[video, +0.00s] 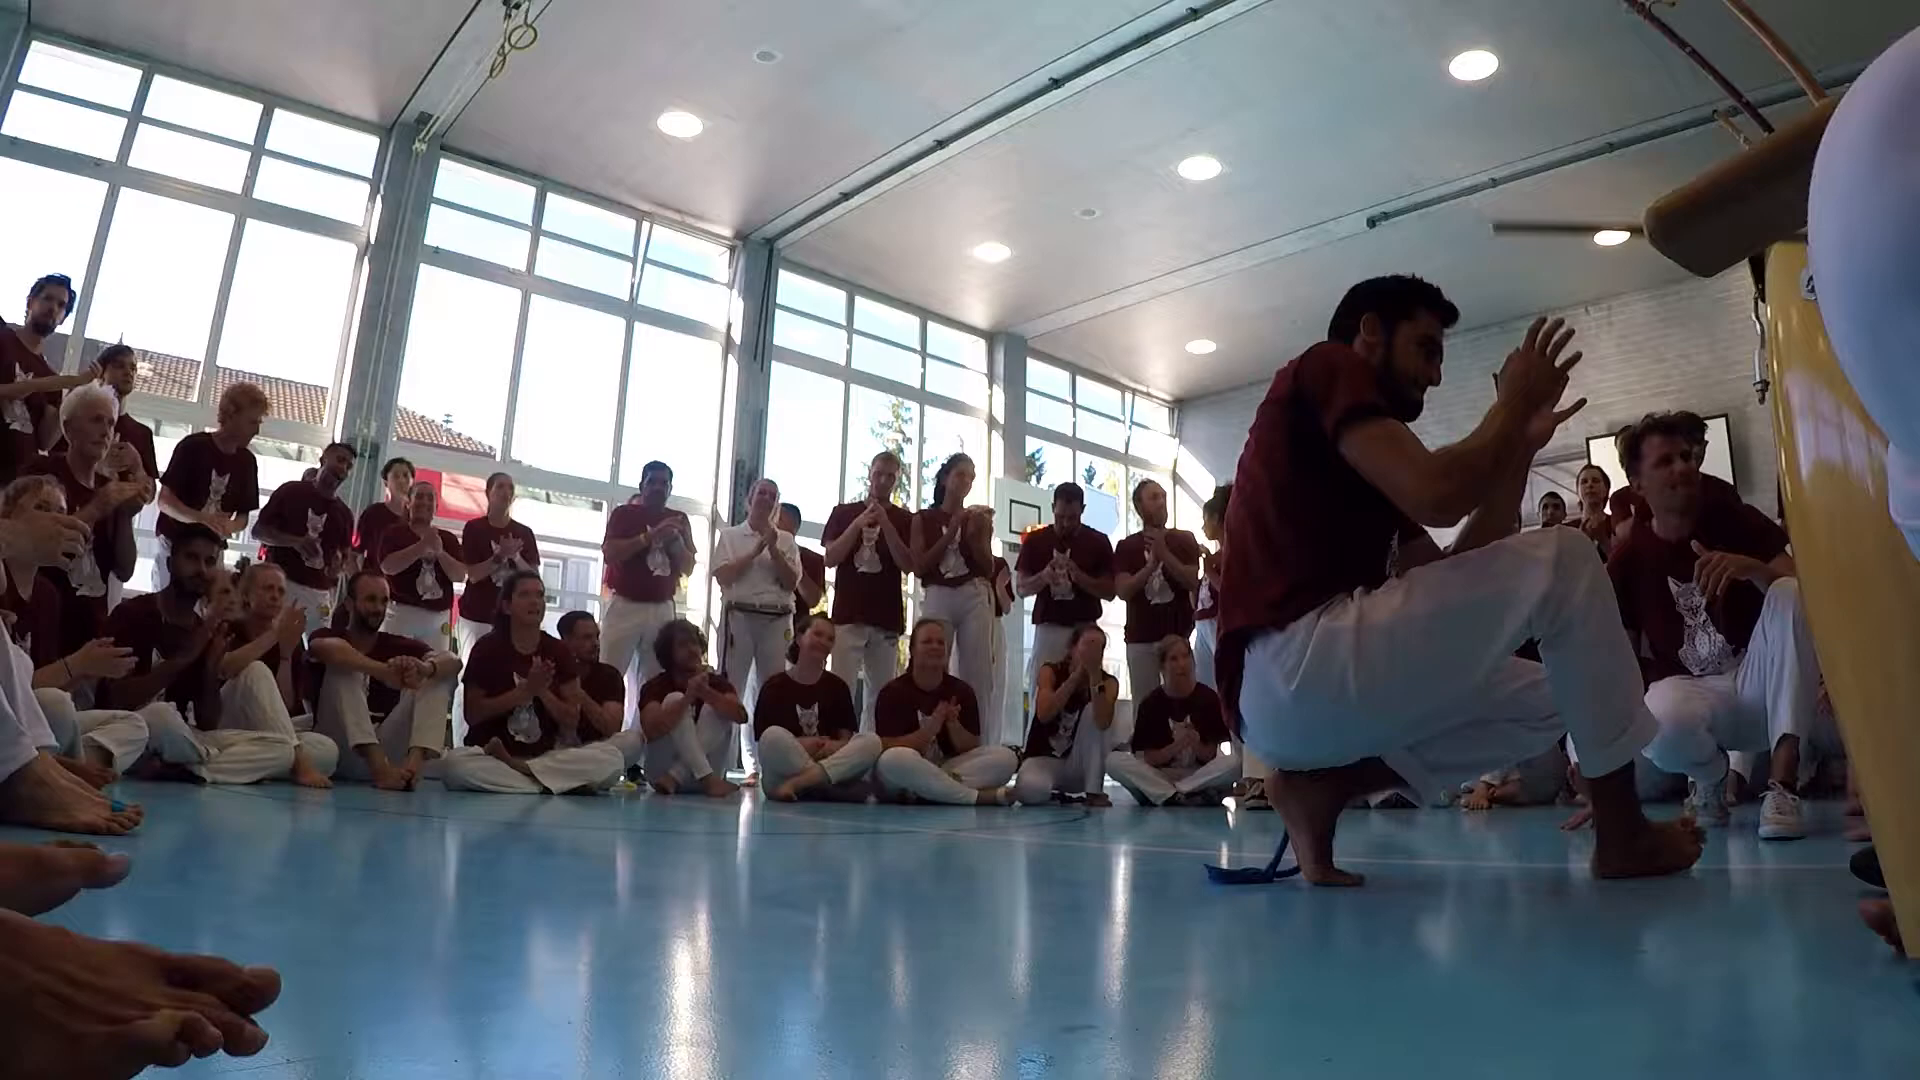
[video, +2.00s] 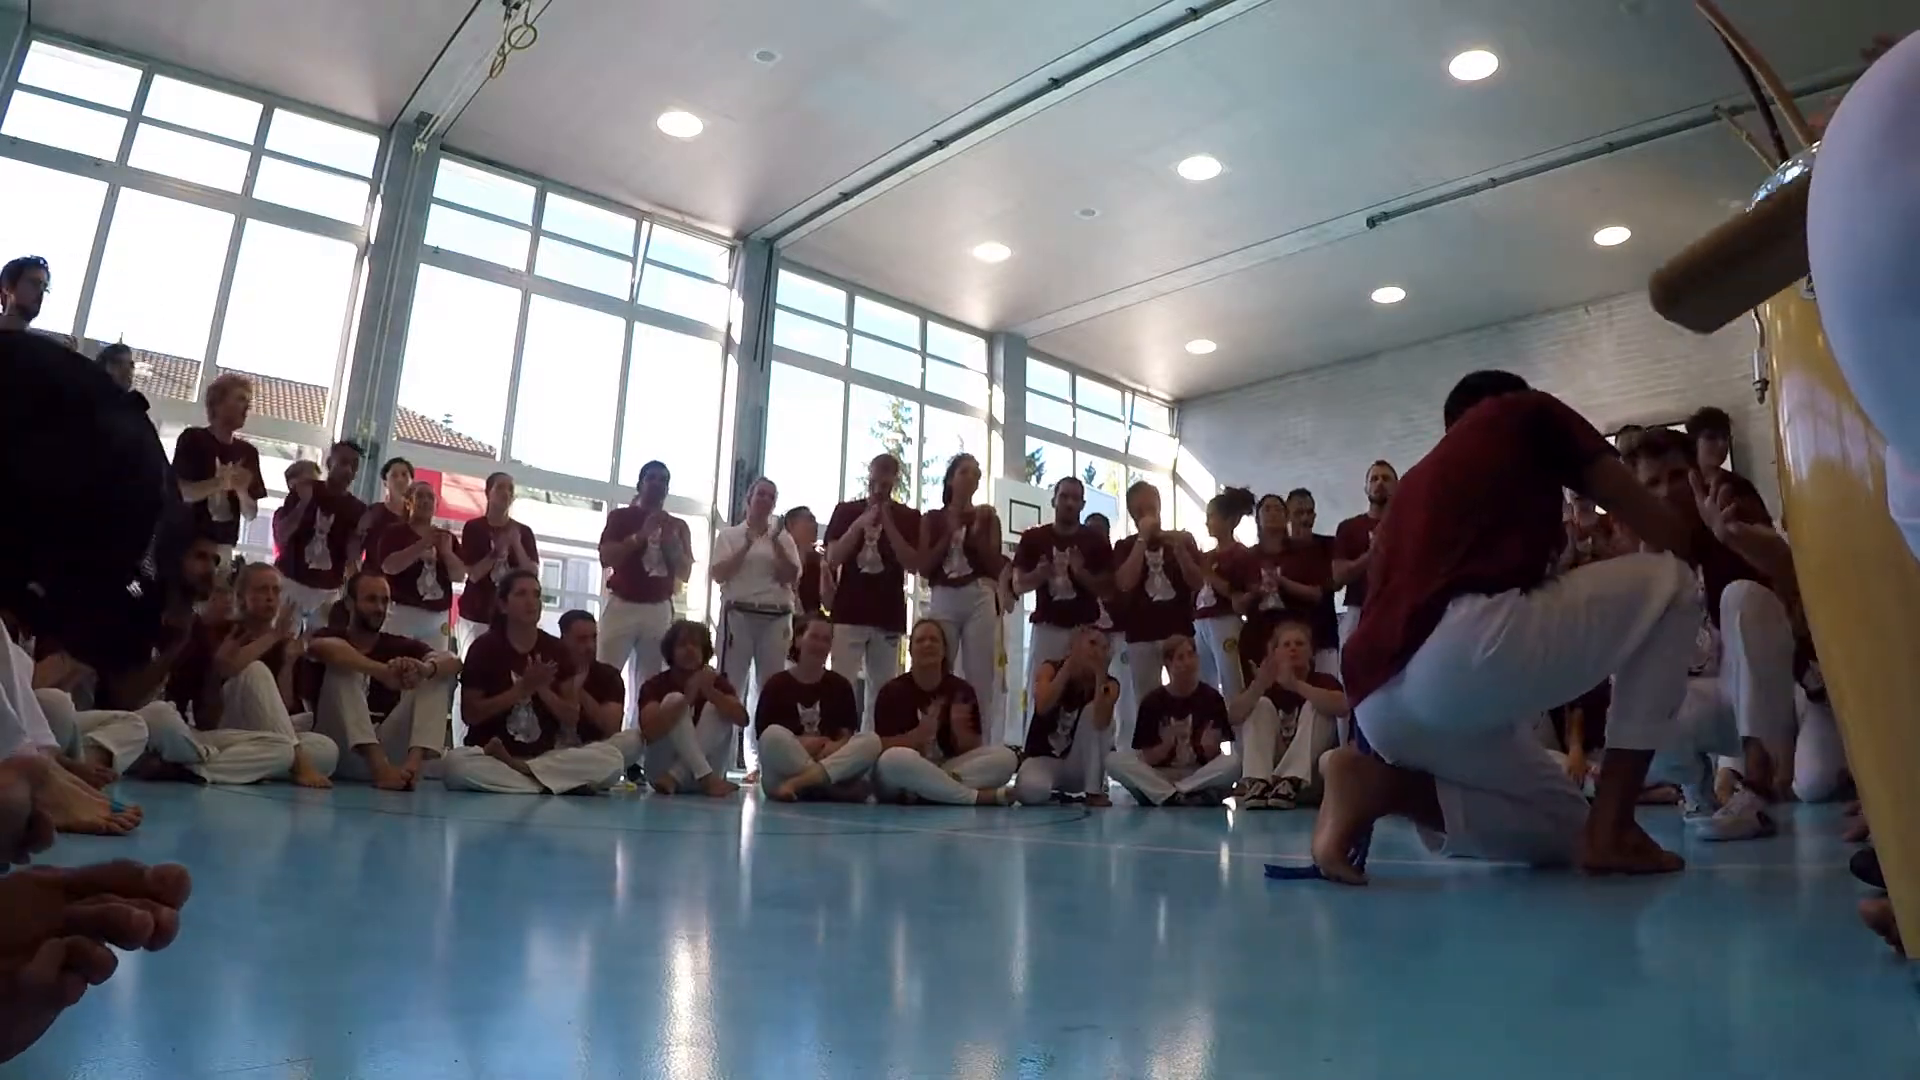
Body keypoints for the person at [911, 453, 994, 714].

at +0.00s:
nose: (966, 481)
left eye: (971, 476)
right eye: (960, 474)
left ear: (974, 482)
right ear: (944, 478)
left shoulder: (979, 518)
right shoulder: (923, 518)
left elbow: (987, 569)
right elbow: (920, 566)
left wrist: (976, 537)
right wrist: (950, 533)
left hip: (975, 596)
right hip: (937, 596)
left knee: (976, 676)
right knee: (932, 673)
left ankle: (976, 749)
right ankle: (930, 745)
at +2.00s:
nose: (971, 477)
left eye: (976, 473)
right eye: (964, 471)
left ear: (980, 482)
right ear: (950, 478)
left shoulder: (987, 517)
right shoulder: (932, 519)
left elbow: (994, 567)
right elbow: (924, 566)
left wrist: (978, 540)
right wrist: (947, 537)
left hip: (979, 594)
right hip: (942, 594)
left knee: (980, 677)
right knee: (938, 674)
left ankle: (980, 749)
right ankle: (936, 748)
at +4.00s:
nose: (970, 479)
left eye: (975, 475)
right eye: (964, 473)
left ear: (980, 482)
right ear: (950, 479)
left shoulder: (989, 519)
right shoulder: (935, 520)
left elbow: (994, 566)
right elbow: (927, 570)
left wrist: (972, 539)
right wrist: (948, 543)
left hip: (982, 598)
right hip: (945, 599)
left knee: (981, 680)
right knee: (940, 677)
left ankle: (983, 752)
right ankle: (937, 751)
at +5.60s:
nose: (969, 482)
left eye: (974, 476)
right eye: (962, 476)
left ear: (979, 481)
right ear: (950, 481)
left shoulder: (985, 520)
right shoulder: (935, 523)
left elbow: (992, 561)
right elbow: (930, 571)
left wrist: (972, 537)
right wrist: (952, 546)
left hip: (980, 591)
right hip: (949, 593)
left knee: (980, 669)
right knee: (945, 668)